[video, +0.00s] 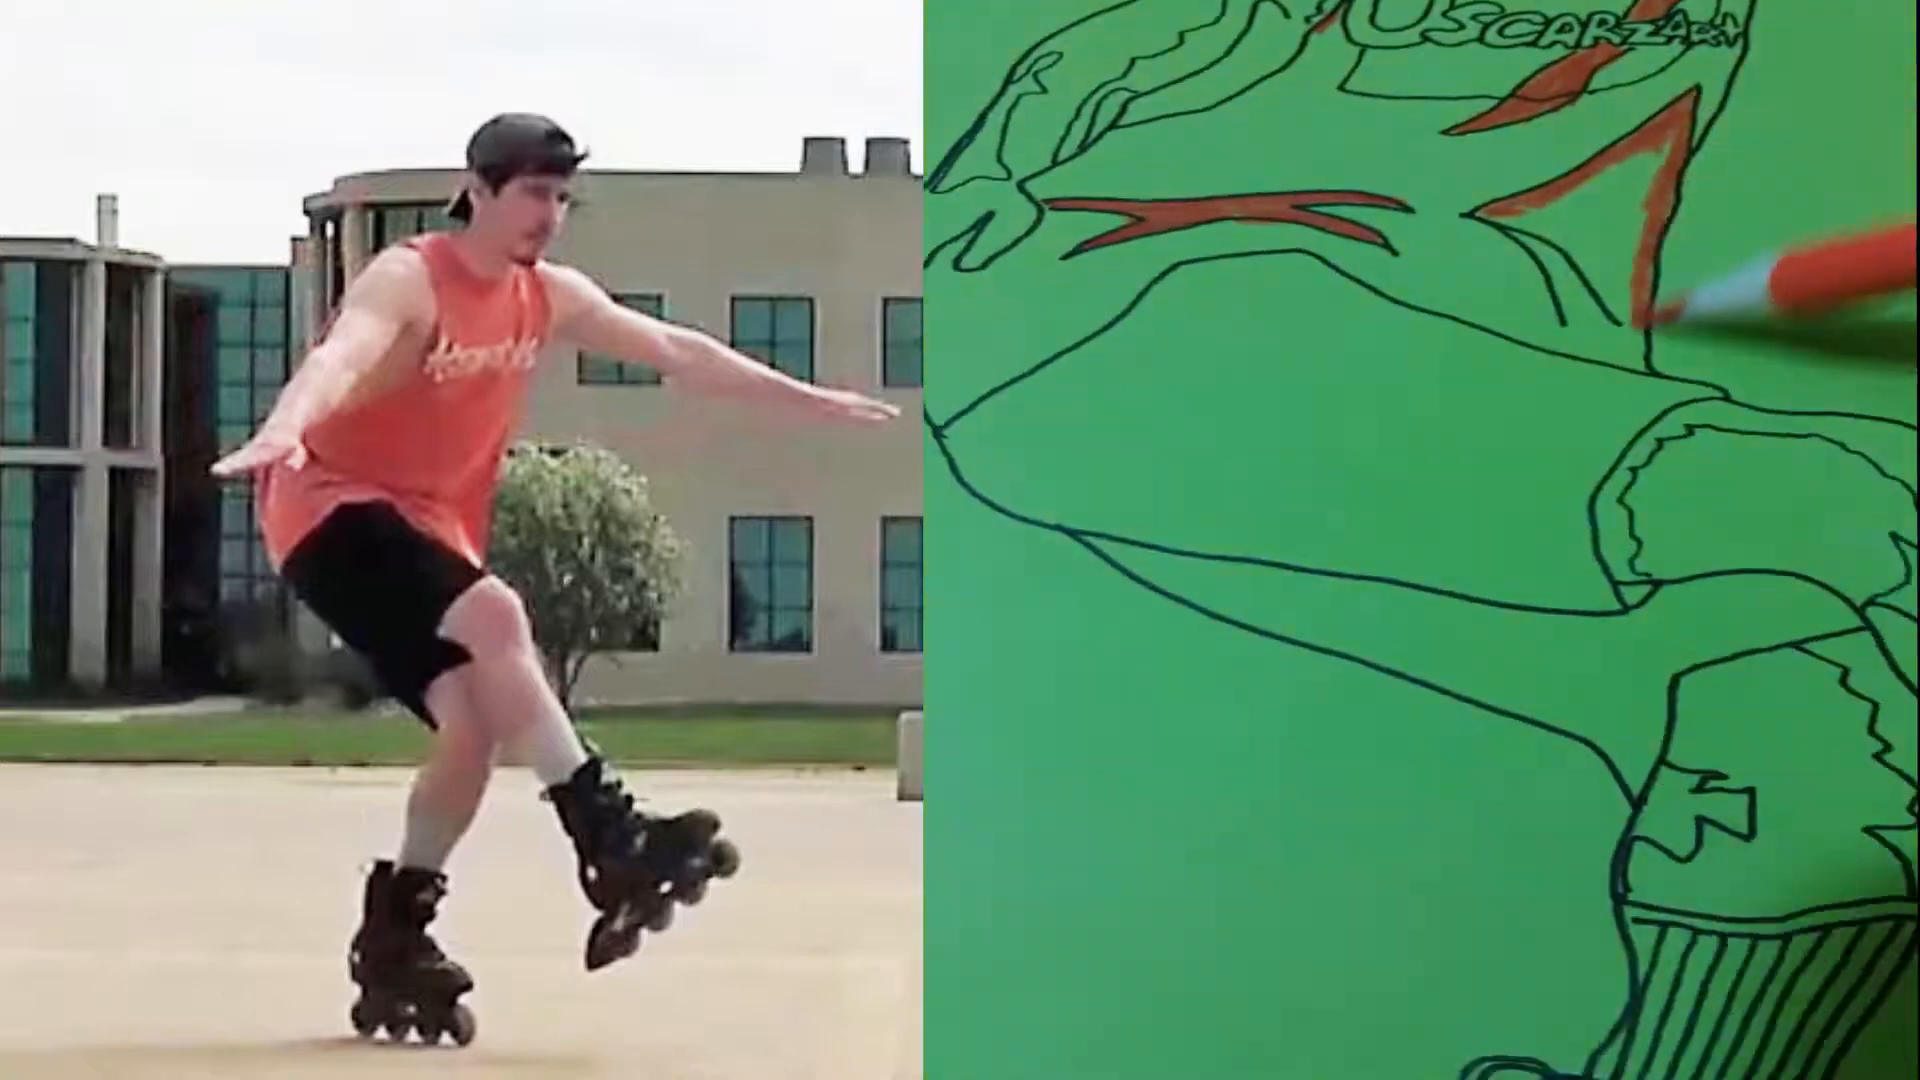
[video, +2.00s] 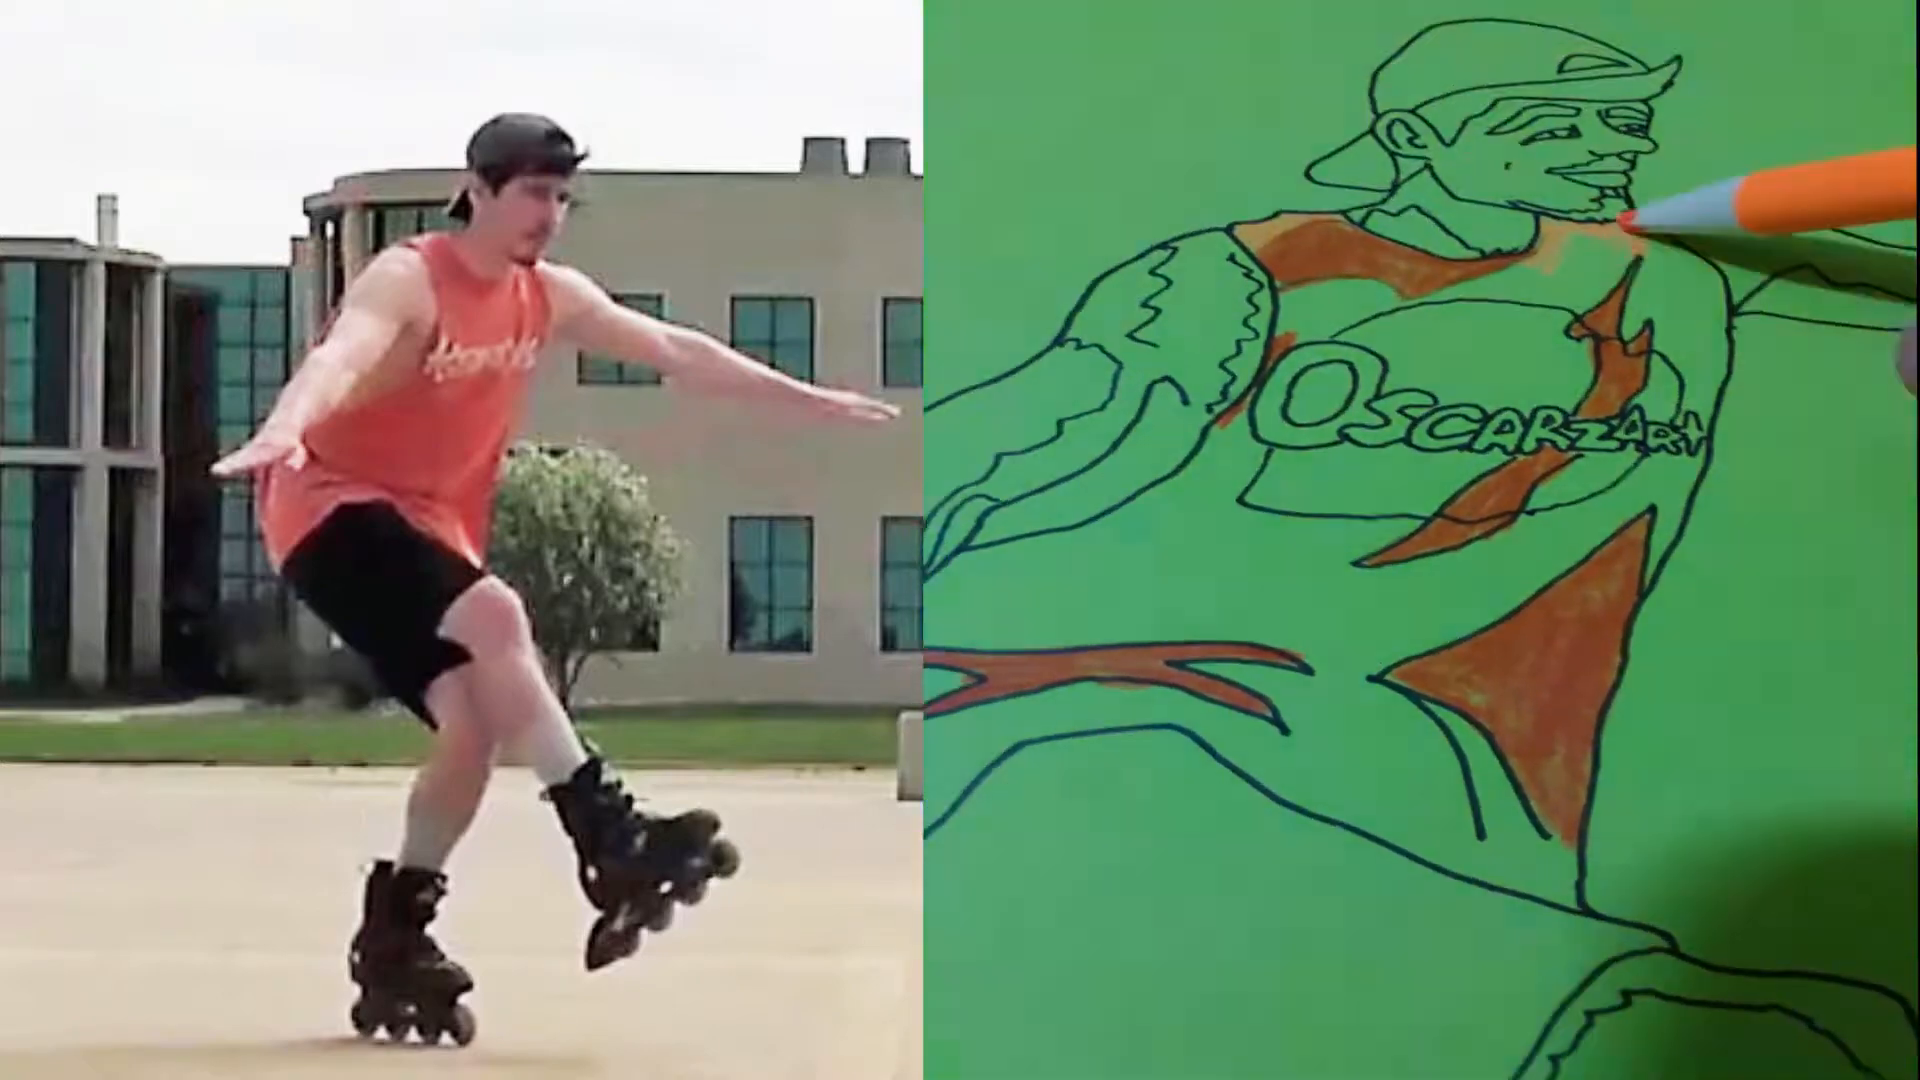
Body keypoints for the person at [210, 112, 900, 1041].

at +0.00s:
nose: (552, 214)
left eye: (562, 198)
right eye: (536, 195)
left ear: (563, 203)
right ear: (476, 191)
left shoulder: (551, 293)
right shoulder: (409, 274)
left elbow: (674, 350)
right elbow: (341, 356)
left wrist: (810, 399)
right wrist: (283, 429)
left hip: (436, 529)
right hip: (334, 504)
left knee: (478, 724)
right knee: (492, 616)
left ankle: (393, 936)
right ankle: (611, 843)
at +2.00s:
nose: (552, 214)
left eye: (562, 198)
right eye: (536, 194)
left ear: (563, 203)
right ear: (477, 191)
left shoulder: (551, 293)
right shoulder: (409, 274)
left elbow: (674, 349)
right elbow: (341, 356)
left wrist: (811, 399)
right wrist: (282, 429)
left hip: (436, 530)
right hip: (334, 505)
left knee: (477, 725)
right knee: (492, 616)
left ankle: (393, 936)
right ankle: (611, 842)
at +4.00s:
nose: (551, 215)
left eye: (561, 199)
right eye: (535, 195)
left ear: (563, 204)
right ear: (476, 191)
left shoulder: (551, 293)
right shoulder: (408, 274)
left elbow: (674, 350)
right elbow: (341, 356)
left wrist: (810, 399)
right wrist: (282, 429)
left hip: (437, 531)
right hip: (334, 505)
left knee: (477, 726)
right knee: (492, 616)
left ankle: (393, 934)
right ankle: (609, 839)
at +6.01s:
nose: (551, 214)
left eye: (561, 198)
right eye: (534, 195)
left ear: (563, 203)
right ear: (476, 191)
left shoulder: (552, 293)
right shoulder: (409, 274)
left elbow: (676, 351)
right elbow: (342, 354)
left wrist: (812, 400)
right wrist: (283, 428)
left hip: (437, 530)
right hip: (335, 506)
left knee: (477, 724)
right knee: (492, 616)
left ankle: (393, 937)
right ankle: (610, 840)